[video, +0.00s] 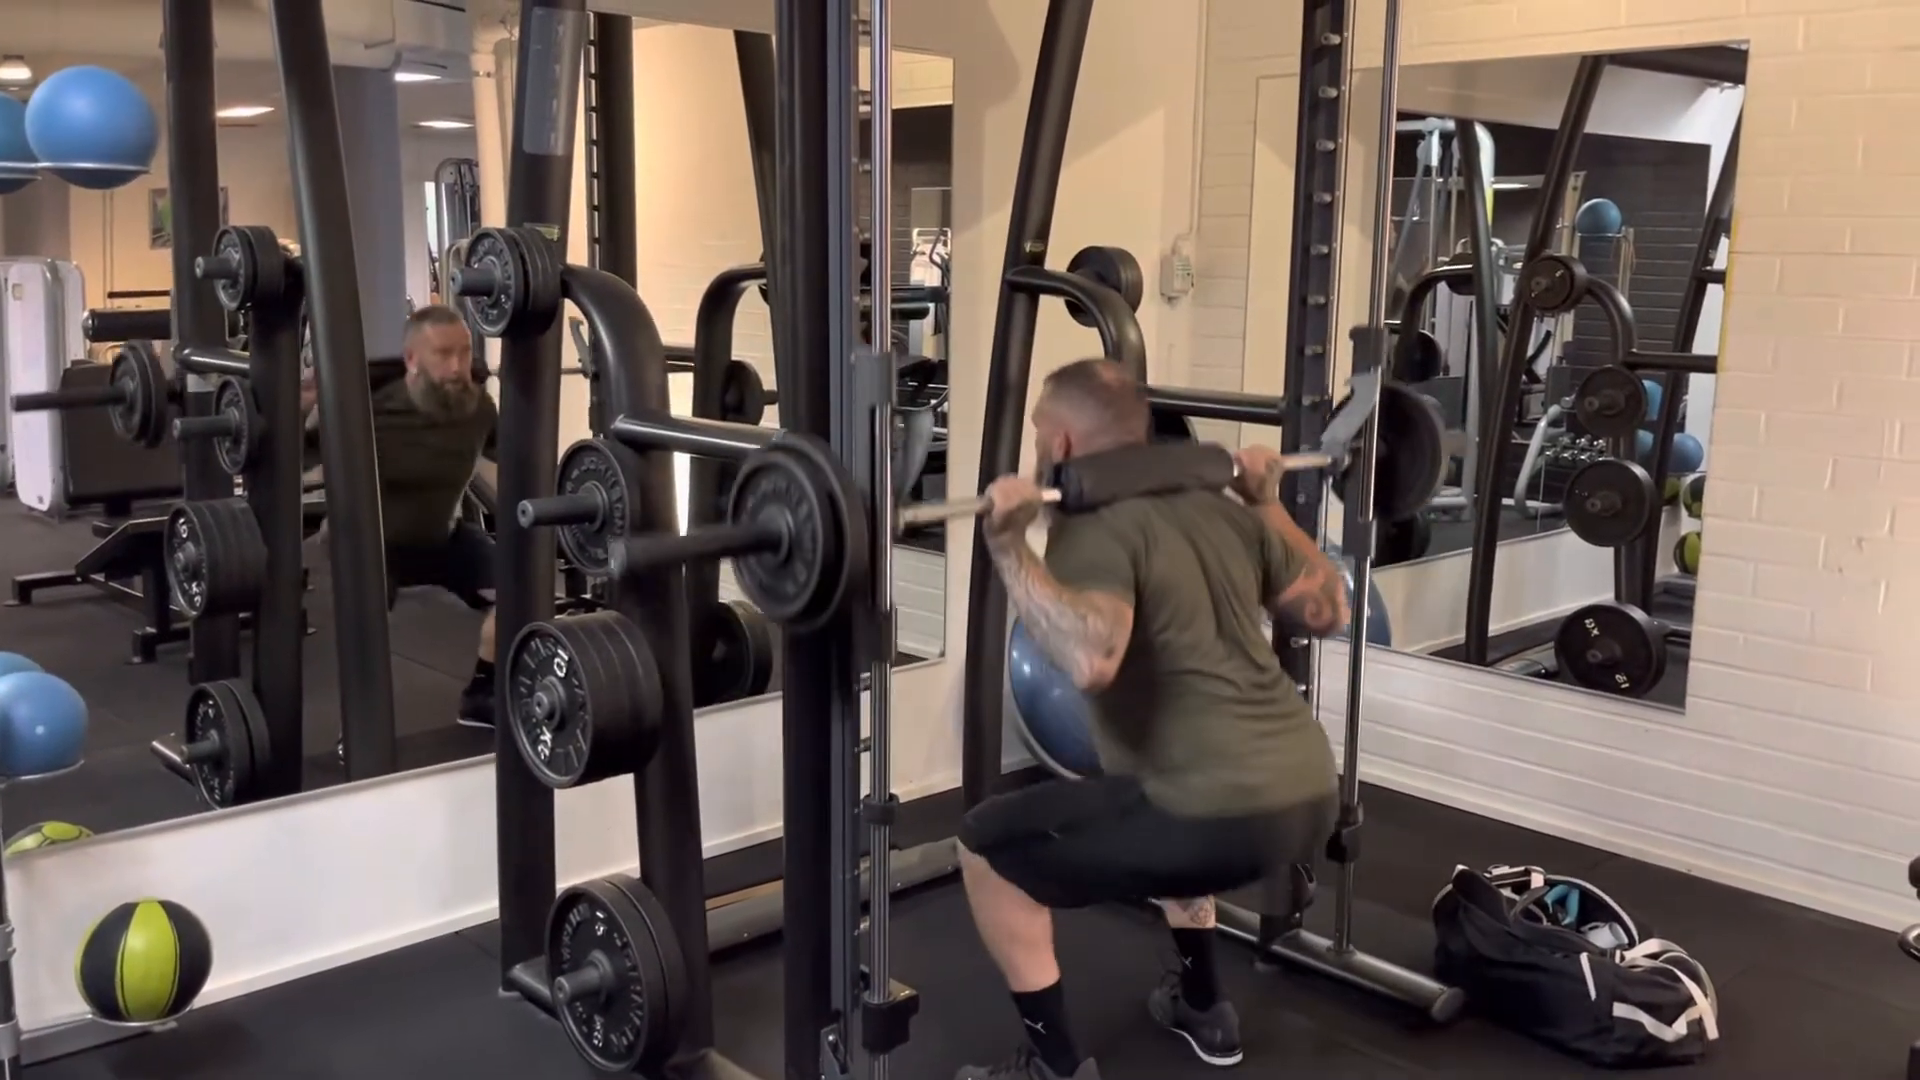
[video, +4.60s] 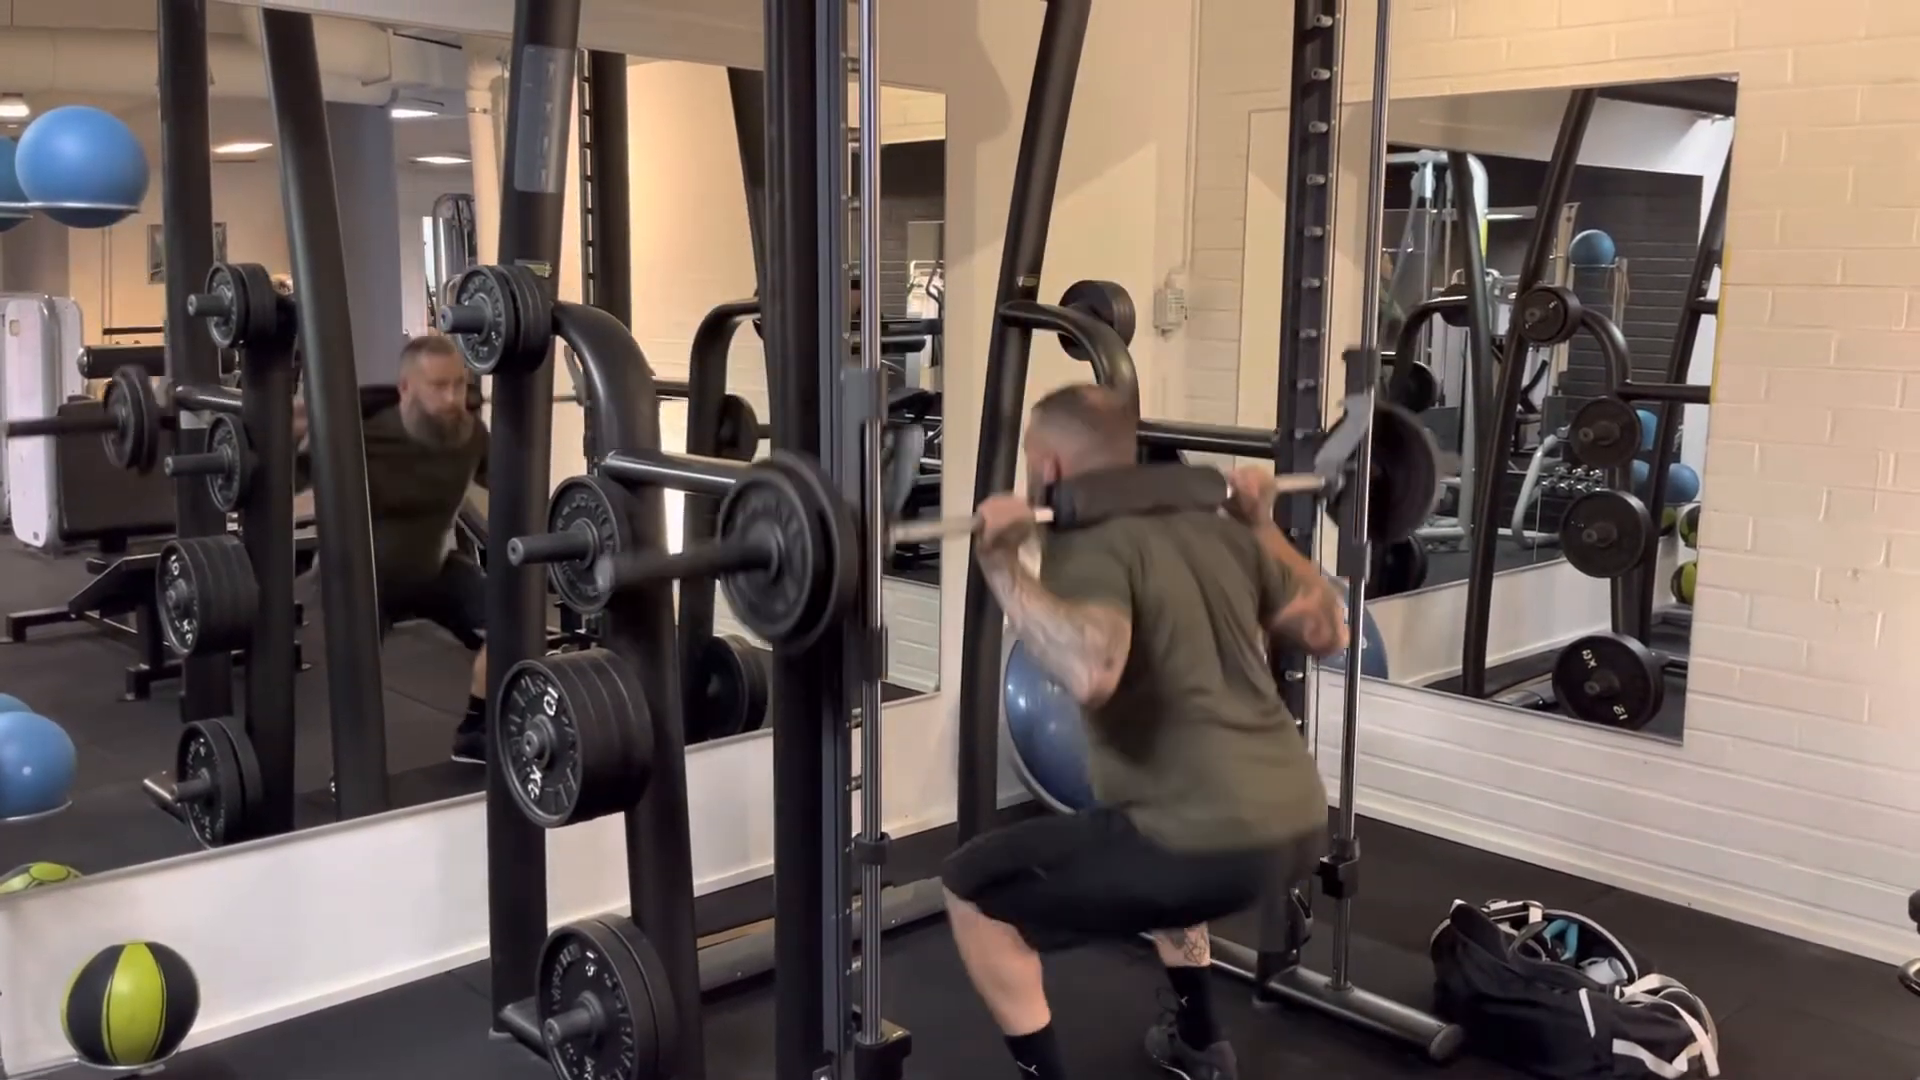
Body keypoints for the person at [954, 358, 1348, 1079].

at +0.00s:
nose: (1036, 450)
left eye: (1038, 436)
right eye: (1034, 436)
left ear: (1060, 445)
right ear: (1139, 431)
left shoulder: (1097, 526)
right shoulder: (1222, 511)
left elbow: (1091, 656)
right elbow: (1328, 609)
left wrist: (1008, 546)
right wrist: (1267, 503)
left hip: (1203, 819)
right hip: (1304, 801)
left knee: (985, 845)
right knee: (1159, 791)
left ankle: (1053, 1055)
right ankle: (1203, 1000)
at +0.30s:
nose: (1048, 303)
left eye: (1049, 289)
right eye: (1049, 289)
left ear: (1070, 289)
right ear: (1145, 284)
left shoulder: (1097, 375)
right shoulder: (1225, 366)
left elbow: (1087, 507)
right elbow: (1328, 478)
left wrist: (1011, 397)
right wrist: (1272, 372)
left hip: (1180, 677)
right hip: (1275, 663)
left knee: (1012, 840)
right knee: (1183, 815)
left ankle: (1057, 1060)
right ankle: (1208, 1015)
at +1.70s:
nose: (1036, 413)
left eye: (1038, 397)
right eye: (1035, 399)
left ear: (1059, 401)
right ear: (1133, 388)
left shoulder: (1099, 473)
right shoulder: (1227, 464)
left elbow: (1094, 603)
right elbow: (1331, 562)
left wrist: (1004, 493)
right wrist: (1270, 460)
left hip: (1194, 783)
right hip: (1292, 770)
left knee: (984, 858)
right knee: (1171, 818)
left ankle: (1057, 1065)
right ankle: (1209, 1019)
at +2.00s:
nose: (1033, 546)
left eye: (1033, 529)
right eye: (1032, 528)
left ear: (1056, 536)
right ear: (1132, 521)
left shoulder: (1098, 609)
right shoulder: (1223, 594)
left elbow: (1093, 750)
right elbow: (1331, 688)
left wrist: (1005, 638)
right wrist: (1266, 585)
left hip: (1205, 914)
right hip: (1302, 898)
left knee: (971, 863)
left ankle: (1053, 1067)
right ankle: (1205, 1022)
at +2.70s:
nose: (1035, 433)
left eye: (1037, 419)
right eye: (1034, 419)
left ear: (1057, 427)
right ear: (1136, 414)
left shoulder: (1094, 506)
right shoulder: (1224, 496)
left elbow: (1085, 636)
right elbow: (1325, 597)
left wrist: (1001, 525)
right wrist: (1265, 491)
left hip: (1200, 807)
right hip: (1300, 791)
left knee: (986, 862)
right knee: (1150, 811)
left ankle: (1051, 1066)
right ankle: (1203, 1022)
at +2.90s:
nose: (1037, 330)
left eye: (1041, 314)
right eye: (1039, 314)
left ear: (1064, 315)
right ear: (1138, 310)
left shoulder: (1090, 399)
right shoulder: (1218, 393)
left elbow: (1079, 533)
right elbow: (1320, 504)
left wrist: (1005, 426)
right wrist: (1267, 401)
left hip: (1170, 706)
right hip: (1265, 693)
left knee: (1002, 858)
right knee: (1172, 832)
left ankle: (1052, 1066)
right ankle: (1201, 1022)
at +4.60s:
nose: (1029, 473)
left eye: (1031, 460)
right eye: (1027, 460)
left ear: (1051, 468)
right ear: (1128, 452)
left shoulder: (1092, 540)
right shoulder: (1221, 529)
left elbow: (1089, 668)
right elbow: (1329, 631)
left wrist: (1003, 563)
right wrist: (1264, 526)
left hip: (1197, 845)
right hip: (1294, 829)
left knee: (973, 884)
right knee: (1135, 830)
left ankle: (1043, 1069)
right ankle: (1200, 1036)